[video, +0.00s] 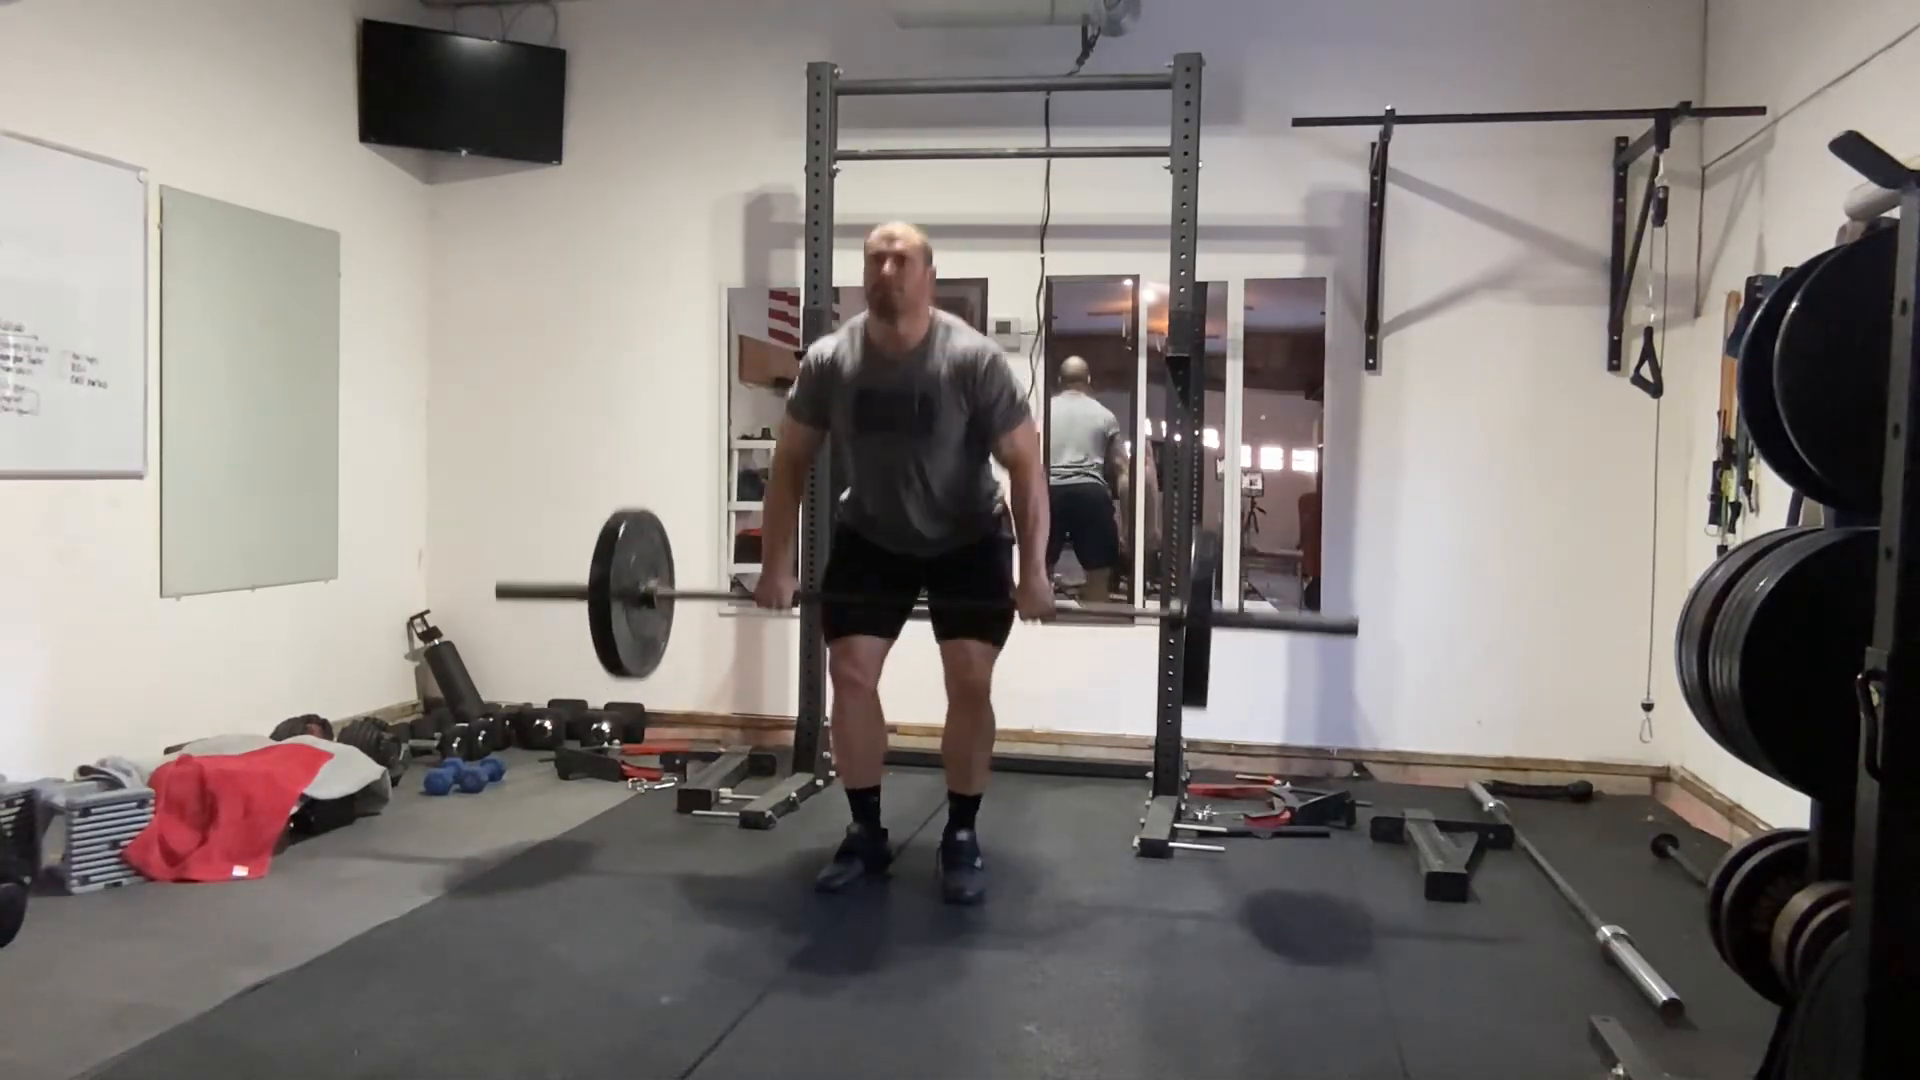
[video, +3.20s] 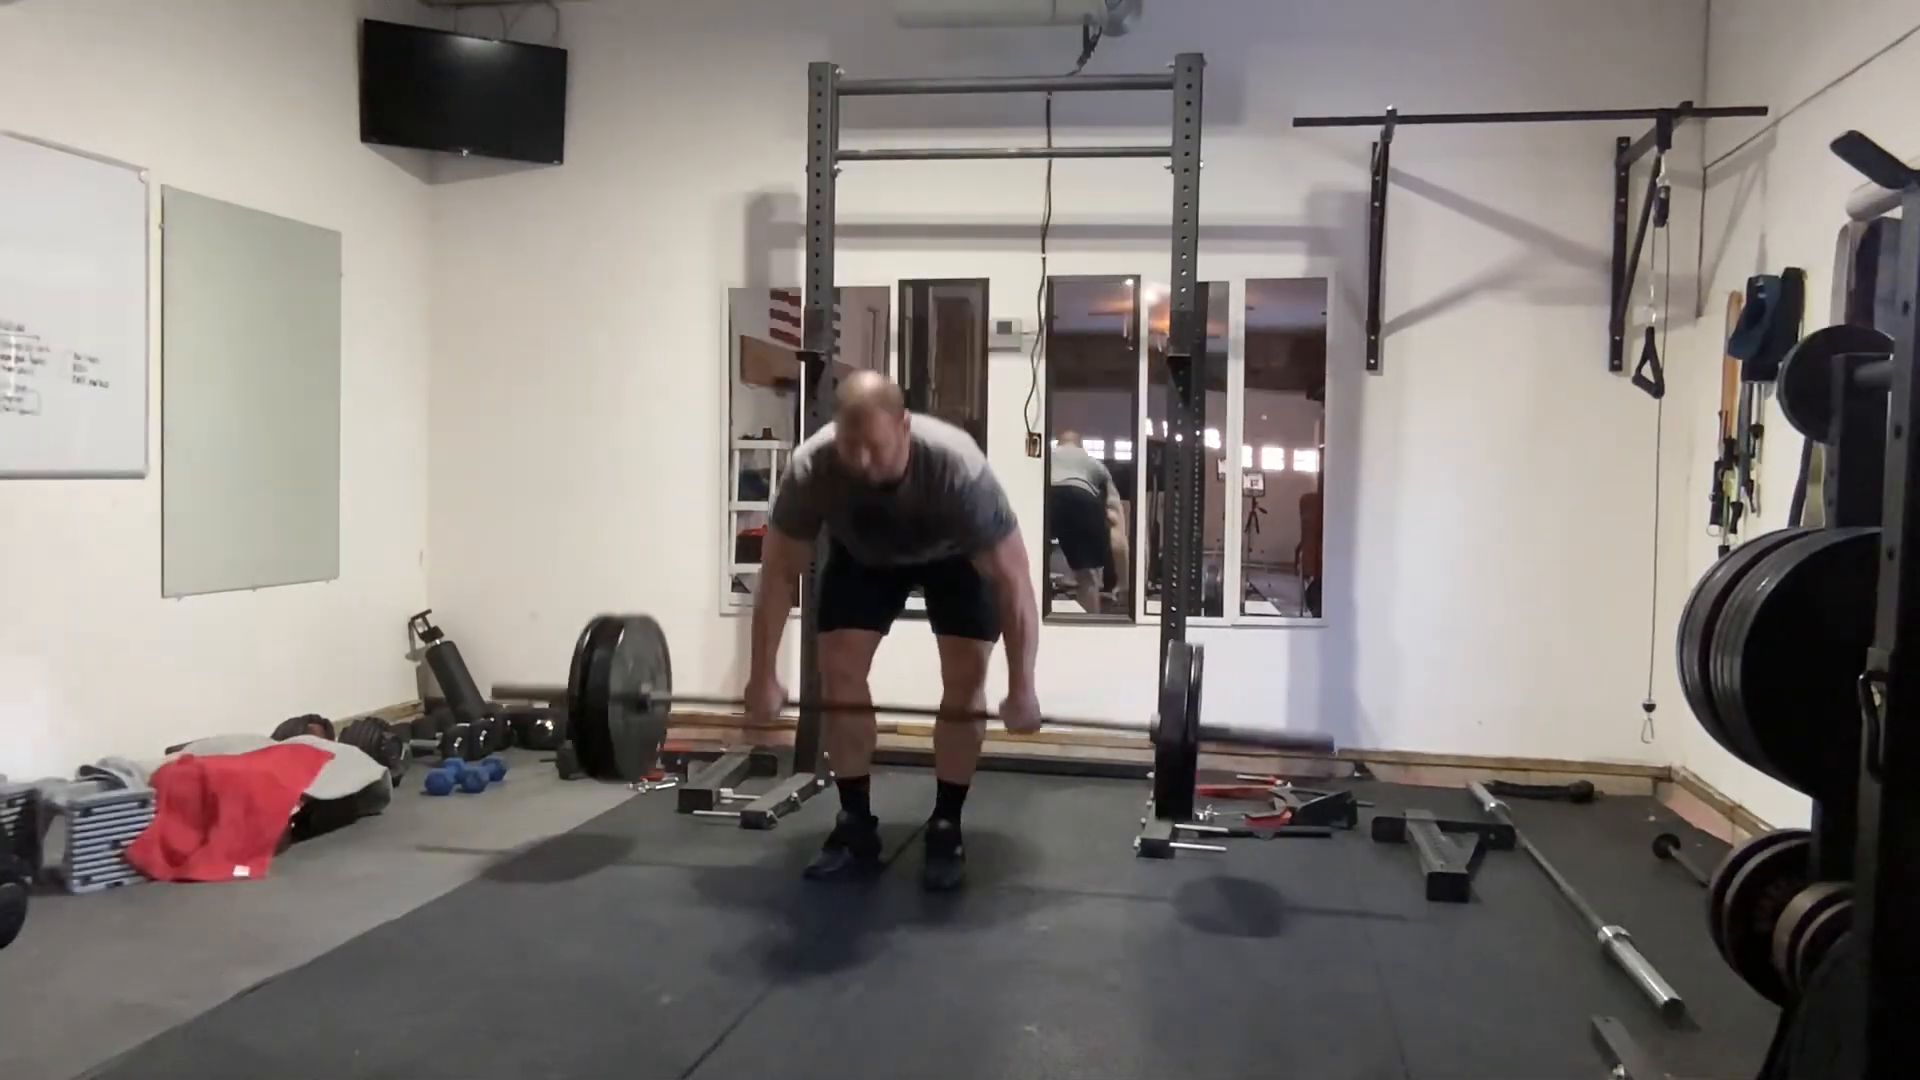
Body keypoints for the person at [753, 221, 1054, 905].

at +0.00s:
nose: (887, 270)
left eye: (901, 259)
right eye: (877, 259)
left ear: (929, 274)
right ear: (862, 275)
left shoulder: (976, 360)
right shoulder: (828, 362)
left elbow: (1027, 467)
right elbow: (790, 463)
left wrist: (1034, 569)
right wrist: (774, 562)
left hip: (966, 538)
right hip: (872, 537)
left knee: (971, 679)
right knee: (849, 671)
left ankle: (962, 837)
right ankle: (865, 838)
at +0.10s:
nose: (899, 223)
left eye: (914, 213)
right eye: (890, 213)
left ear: (943, 231)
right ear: (877, 231)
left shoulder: (984, 312)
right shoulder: (840, 312)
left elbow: (1039, 405)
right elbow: (790, 400)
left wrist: (1034, 507)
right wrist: (772, 502)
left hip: (958, 534)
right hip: (858, 532)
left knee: (960, 683)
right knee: (853, 680)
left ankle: (959, 839)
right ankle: (865, 837)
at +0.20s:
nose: (915, 211)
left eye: (930, 204)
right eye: (904, 203)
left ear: (954, 224)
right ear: (889, 221)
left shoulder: (989, 288)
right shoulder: (851, 289)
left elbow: (1051, 361)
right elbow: (791, 362)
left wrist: (1037, 425)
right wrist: (770, 418)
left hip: (954, 486)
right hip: (862, 483)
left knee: (950, 647)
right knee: (857, 648)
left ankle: (962, 827)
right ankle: (853, 822)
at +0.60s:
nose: (902, 224)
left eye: (918, 216)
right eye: (893, 216)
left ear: (949, 238)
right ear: (881, 238)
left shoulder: (970, 316)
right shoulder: (846, 313)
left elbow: (998, 368)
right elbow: (792, 344)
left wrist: (1019, 301)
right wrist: (784, 282)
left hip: (946, 527)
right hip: (854, 526)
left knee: (948, 683)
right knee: (861, 683)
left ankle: (960, 840)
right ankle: (867, 836)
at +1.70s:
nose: (920, 204)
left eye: (936, 201)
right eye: (910, 199)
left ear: (960, 229)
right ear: (893, 222)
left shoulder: (971, 285)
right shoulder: (852, 284)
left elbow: (1033, 283)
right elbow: (766, 283)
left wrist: (1037, 193)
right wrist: (769, 199)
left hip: (948, 498)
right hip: (857, 497)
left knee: (953, 671)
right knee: (863, 670)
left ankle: (964, 836)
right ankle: (863, 833)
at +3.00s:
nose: (908, 219)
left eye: (926, 214)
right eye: (900, 213)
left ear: (954, 244)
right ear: (885, 241)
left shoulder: (972, 317)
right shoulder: (848, 320)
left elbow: (1017, 378)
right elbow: (774, 389)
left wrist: (1034, 291)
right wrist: (769, 301)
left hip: (948, 527)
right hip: (856, 524)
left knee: (950, 688)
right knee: (846, 684)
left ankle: (959, 841)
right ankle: (867, 840)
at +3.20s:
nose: (864, 459)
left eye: (877, 447)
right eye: (853, 445)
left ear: (905, 429)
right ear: (837, 432)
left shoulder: (958, 467)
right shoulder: (810, 470)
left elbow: (1013, 574)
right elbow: (779, 573)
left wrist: (1023, 689)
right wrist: (762, 675)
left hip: (956, 554)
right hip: (862, 555)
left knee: (965, 682)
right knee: (839, 672)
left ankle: (946, 828)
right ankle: (856, 829)